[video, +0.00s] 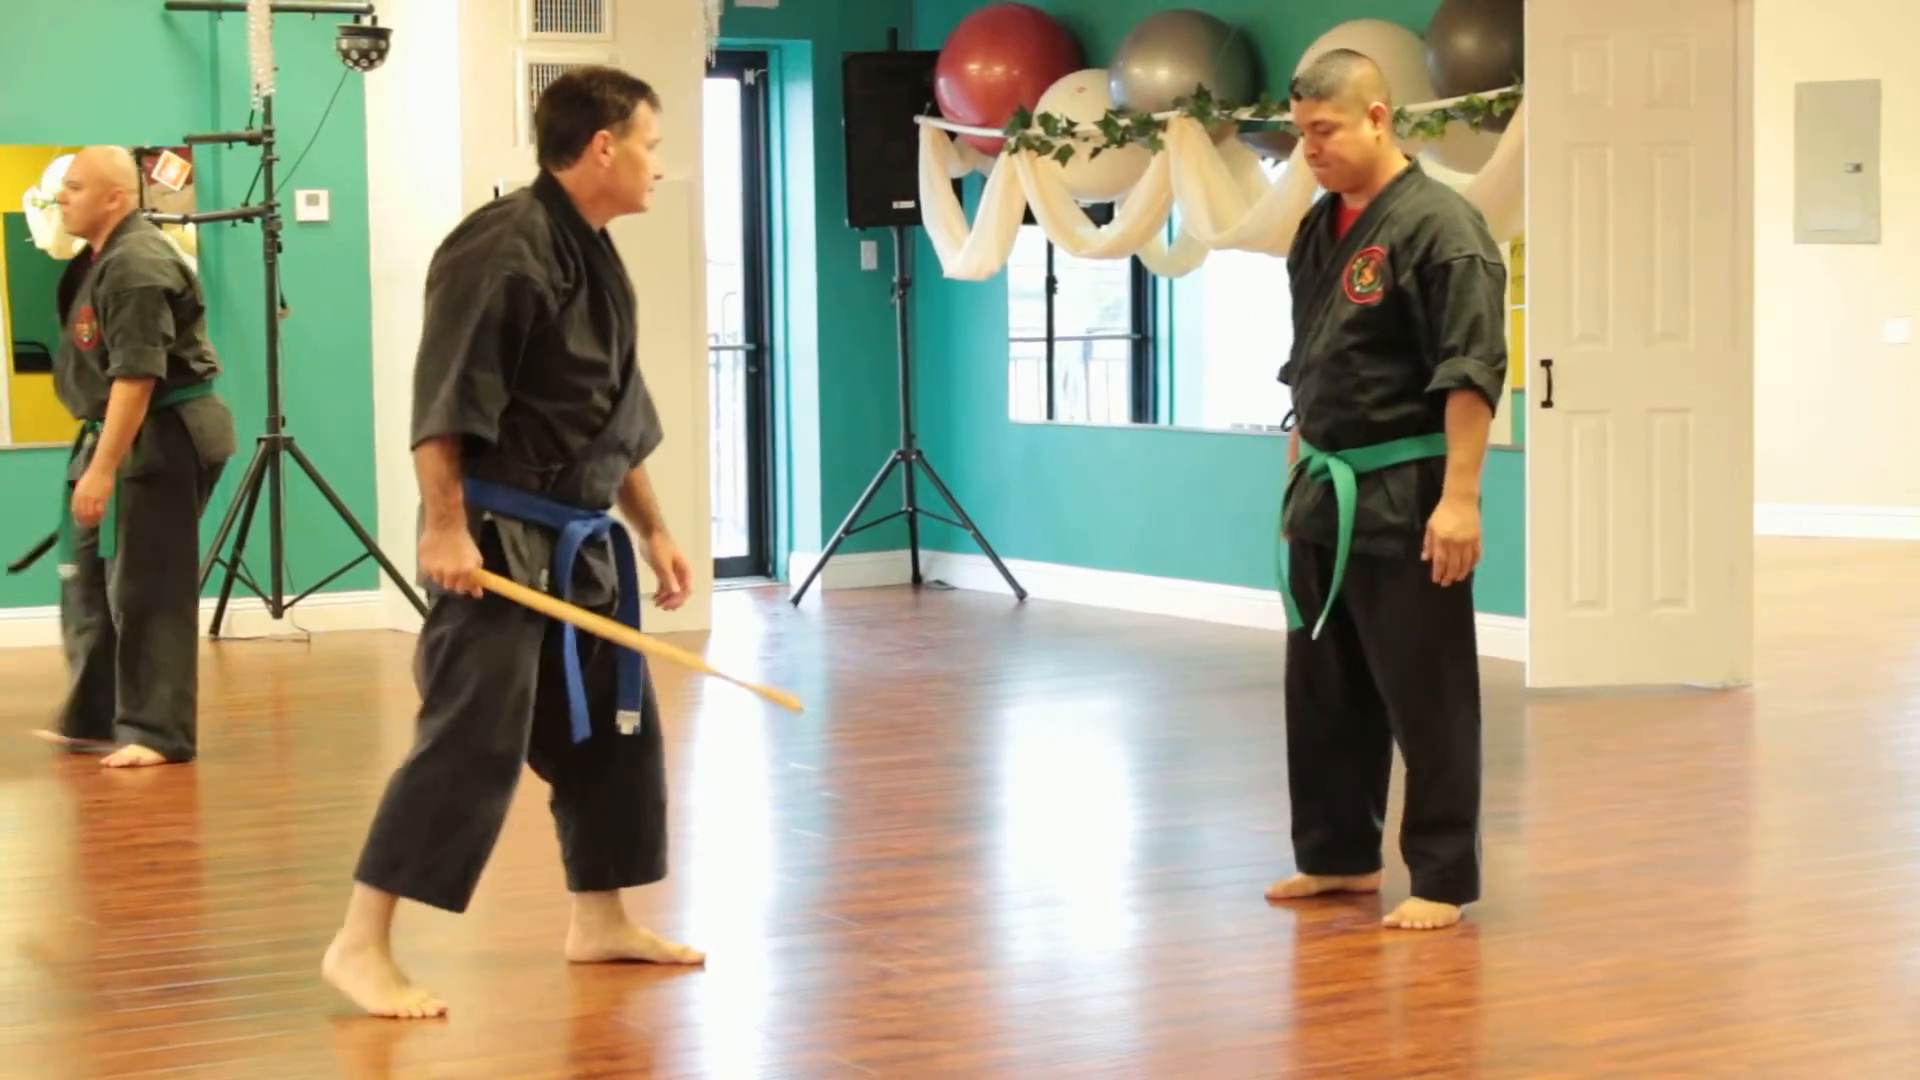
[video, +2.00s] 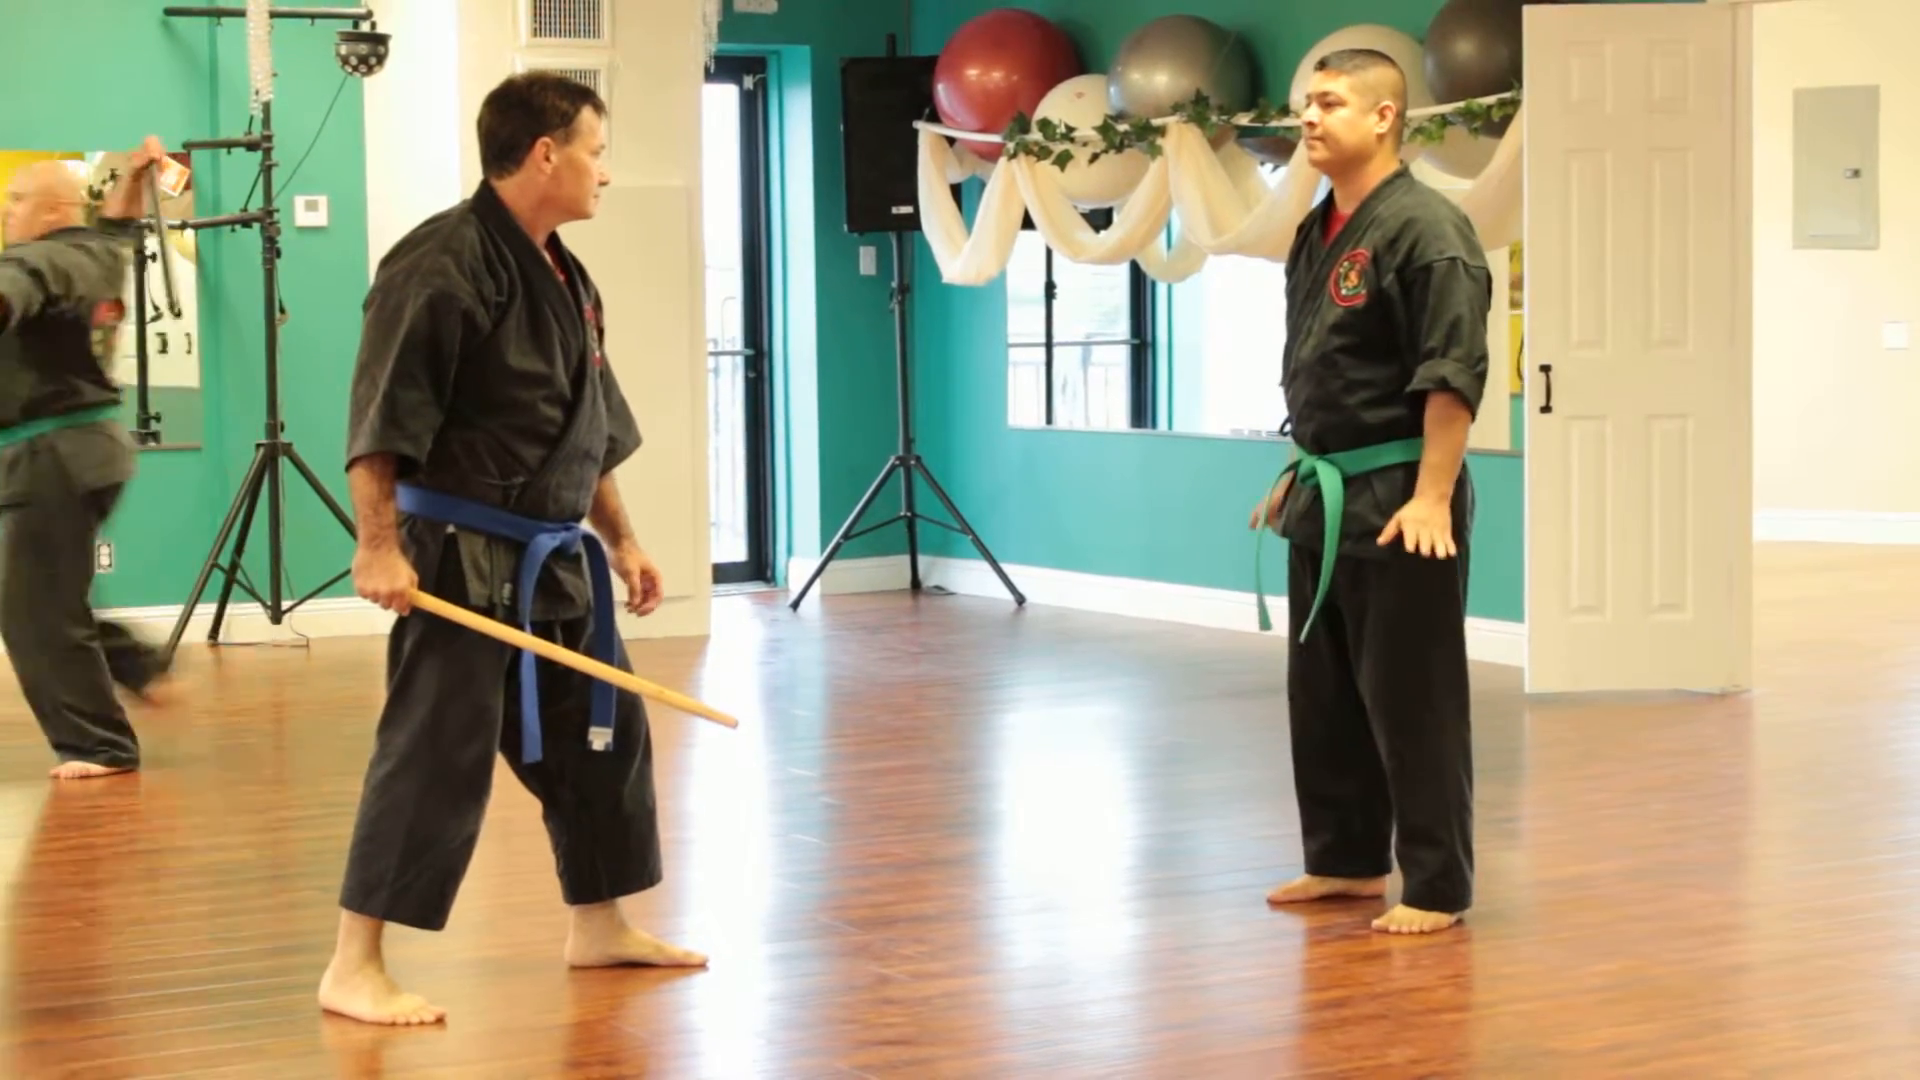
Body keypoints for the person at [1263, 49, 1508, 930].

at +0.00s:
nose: (1309, 149)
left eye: (1323, 131)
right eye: (1302, 134)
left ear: (1378, 119)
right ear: (1306, 134)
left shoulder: (1443, 223)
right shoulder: (1319, 226)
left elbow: (1471, 374)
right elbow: (1310, 364)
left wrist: (1461, 497)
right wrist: (1299, 465)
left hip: (1409, 480)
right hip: (1325, 480)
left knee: (1429, 689)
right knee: (1327, 679)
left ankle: (1442, 884)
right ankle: (1340, 860)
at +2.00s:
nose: (1308, 119)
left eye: (1329, 104)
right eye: (1306, 106)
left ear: (1385, 118)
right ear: (1308, 123)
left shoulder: (1429, 226)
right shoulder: (1317, 230)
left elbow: (1453, 375)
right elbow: (1320, 366)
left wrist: (1432, 496)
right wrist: (1301, 468)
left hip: (1402, 481)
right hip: (1326, 481)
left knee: (1412, 689)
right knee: (1328, 683)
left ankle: (1436, 887)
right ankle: (1347, 861)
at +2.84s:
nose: (1276, 131)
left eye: (1295, 116)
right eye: (1274, 118)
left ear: (1352, 127)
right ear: (1291, 132)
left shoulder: (1377, 233)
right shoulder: (1313, 228)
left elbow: (1375, 385)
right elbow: (1312, 373)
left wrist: (1301, 477)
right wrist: (1268, 454)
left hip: (1385, 487)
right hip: (1318, 480)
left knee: (1375, 679)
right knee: (1307, 675)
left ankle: (1388, 873)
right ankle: (1336, 861)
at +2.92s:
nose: (1272, 144)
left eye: (1291, 129)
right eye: (1269, 131)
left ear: (1347, 140)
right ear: (1274, 145)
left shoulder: (1366, 239)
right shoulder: (1310, 241)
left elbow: (1335, 370)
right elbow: (1283, 369)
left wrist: (1220, 383)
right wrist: (1264, 387)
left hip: (1379, 497)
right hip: (1303, 494)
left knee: (1373, 688)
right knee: (1246, 658)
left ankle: (1384, 873)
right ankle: (1308, 824)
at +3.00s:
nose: (1268, 154)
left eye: (1286, 139)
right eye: (1264, 140)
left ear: (1340, 150)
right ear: (1269, 153)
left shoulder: (1359, 253)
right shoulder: (1309, 244)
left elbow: (1255, 349)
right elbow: (1282, 296)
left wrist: (1170, 291)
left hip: (1371, 505)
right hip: (1291, 500)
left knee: (1366, 684)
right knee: (1199, 642)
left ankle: (1383, 878)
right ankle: (1226, 812)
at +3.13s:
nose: (1248, 163)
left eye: (1265, 146)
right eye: (1241, 150)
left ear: (1321, 153)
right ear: (1243, 164)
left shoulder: (1337, 247)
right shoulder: (1267, 246)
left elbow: (1232, 291)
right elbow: (1201, 280)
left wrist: (1146, 230)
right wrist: (1168, 204)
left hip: (1343, 513)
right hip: (1257, 510)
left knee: (1338, 691)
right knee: (1159, 663)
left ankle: (1382, 884)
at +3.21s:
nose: (1194, 169)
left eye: (1210, 154)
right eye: (1188, 156)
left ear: (1265, 162)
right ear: (1185, 167)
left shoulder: (1293, 246)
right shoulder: (1191, 261)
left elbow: (1219, 245)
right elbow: (1128, 295)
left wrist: (1116, 212)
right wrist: (1079, 205)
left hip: (1284, 513)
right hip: (1189, 510)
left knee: (1299, 694)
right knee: (1096, 676)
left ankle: (1348, 884)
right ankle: (1016, 826)